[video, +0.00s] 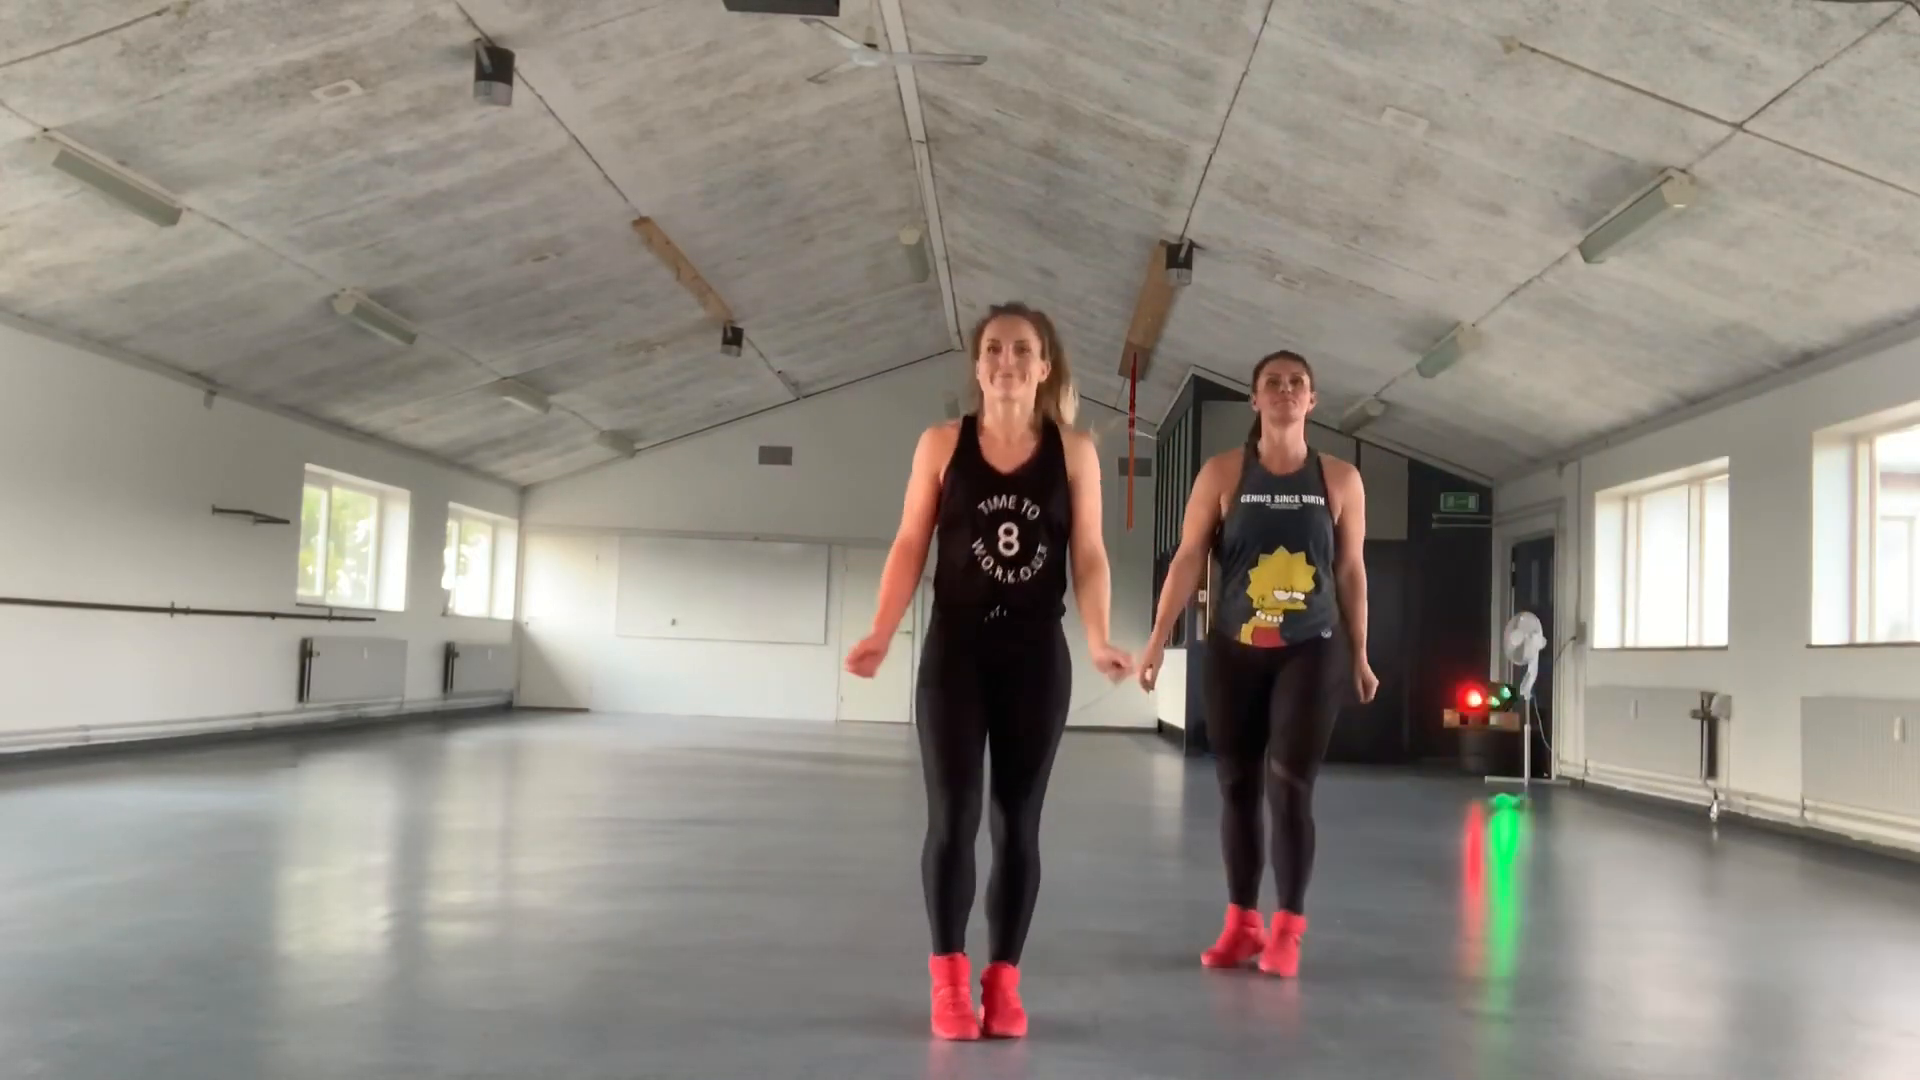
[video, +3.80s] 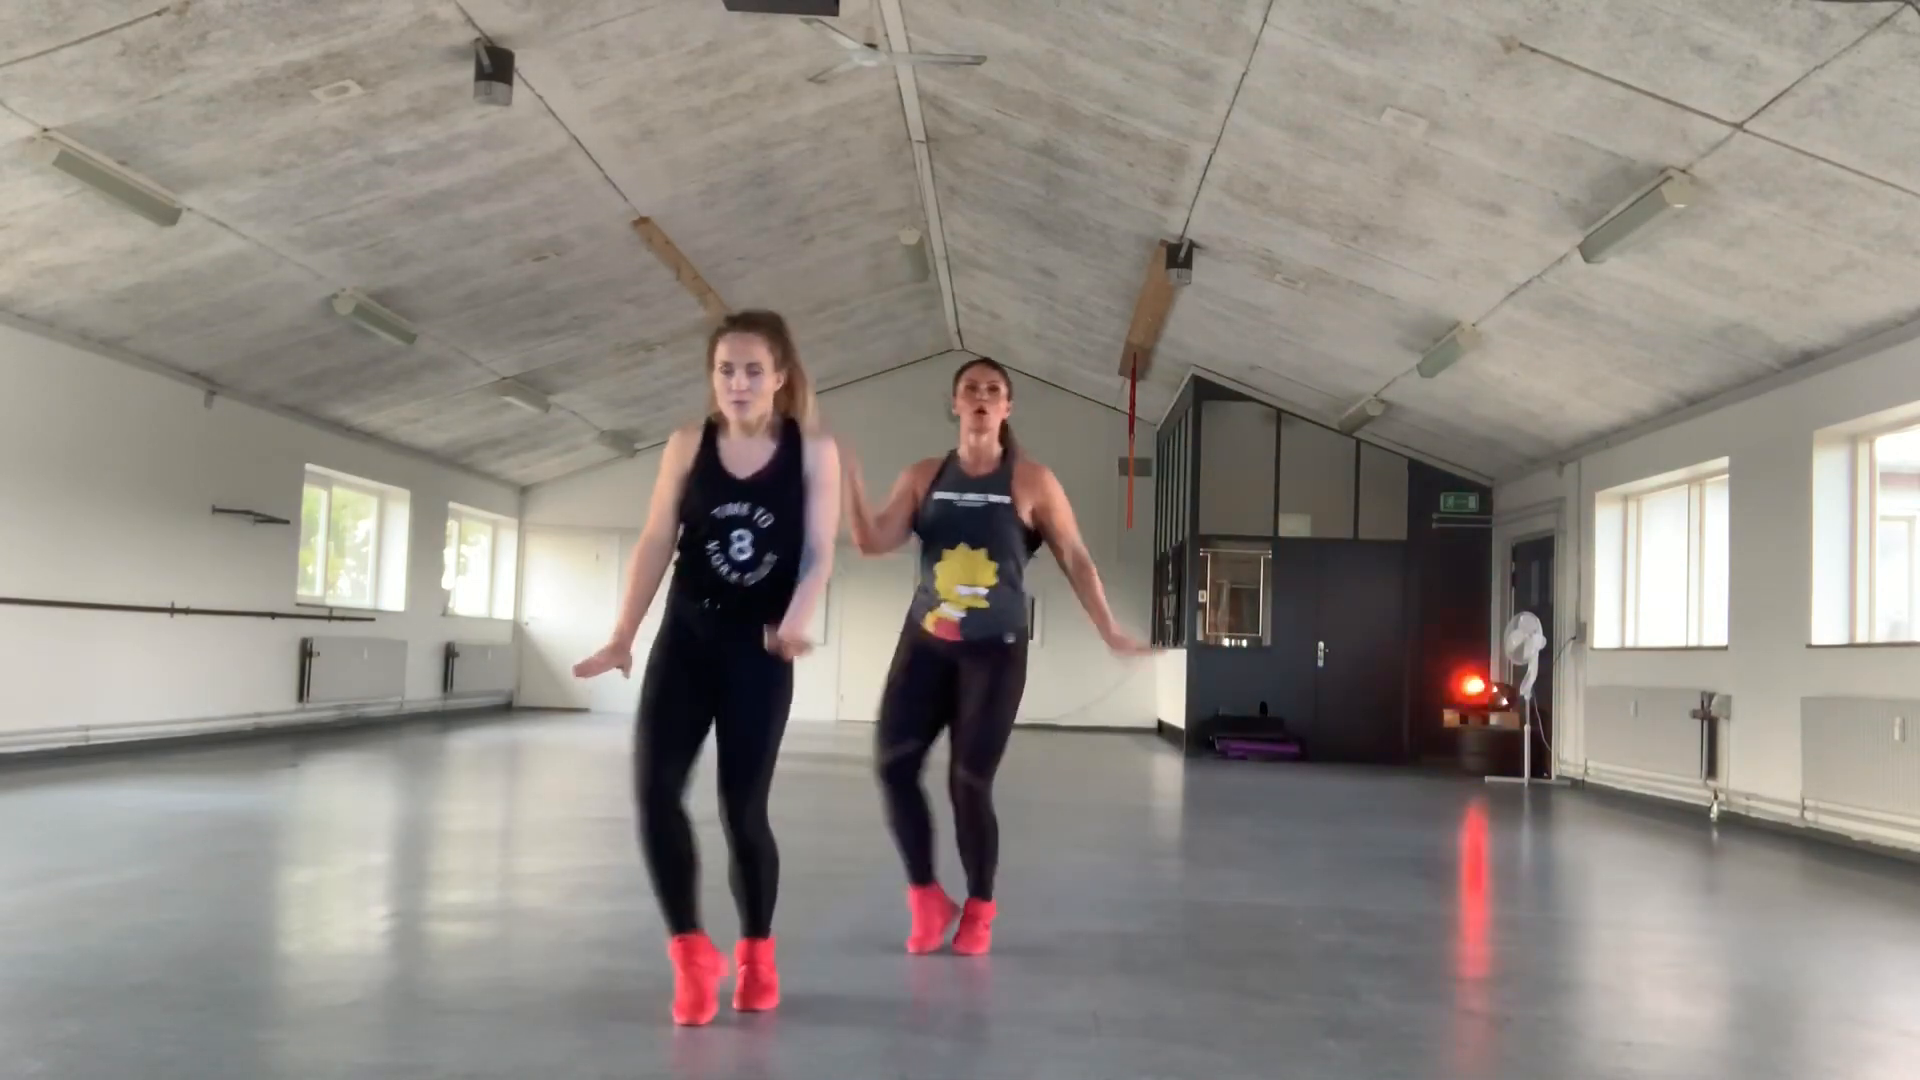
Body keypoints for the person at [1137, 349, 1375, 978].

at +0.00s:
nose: (1285, 392)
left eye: (1295, 383)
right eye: (1273, 384)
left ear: (1312, 399)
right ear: (1255, 399)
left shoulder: (1341, 479)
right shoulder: (1221, 471)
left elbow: (1351, 570)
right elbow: (1188, 557)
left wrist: (1359, 653)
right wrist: (1157, 639)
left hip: (1310, 650)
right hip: (1232, 651)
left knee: (1288, 779)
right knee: (1237, 786)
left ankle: (1288, 925)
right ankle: (1242, 921)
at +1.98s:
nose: (1283, 423)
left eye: (1293, 415)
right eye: (1271, 415)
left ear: (1306, 430)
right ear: (1252, 428)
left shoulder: (1324, 514)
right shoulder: (1214, 494)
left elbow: (1331, 607)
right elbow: (1175, 566)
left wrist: (1339, 689)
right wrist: (1164, 635)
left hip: (1291, 666)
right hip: (1218, 660)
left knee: (1275, 792)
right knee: (1222, 749)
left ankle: (1256, 921)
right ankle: (1210, 867)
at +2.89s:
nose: (1209, 405)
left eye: (1220, 397)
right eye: (1198, 396)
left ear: (1234, 413)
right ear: (1177, 408)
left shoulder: (1254, 481)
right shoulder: (1140, 478)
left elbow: (1264, 566)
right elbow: (1110, 560)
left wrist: (1263, 647)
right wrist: (1083, 640)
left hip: (1214, 648)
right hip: (1142, 643)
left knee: (1202, 776)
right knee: (1145, 769)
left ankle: (1202, 907)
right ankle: (1143, 897)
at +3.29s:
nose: (1119, 399)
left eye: (1129, 391)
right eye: (1108, 389)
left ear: (1142, 406)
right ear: (1087, 401)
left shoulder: (1164, 469)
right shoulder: (1052, 468)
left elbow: (1176, 555)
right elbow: (1027, 552)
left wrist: (1174, 634)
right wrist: (1008, 634)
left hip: (1129, 651)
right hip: (1055, 647)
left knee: (1116, 777)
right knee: (1058, 775)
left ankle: (1120, 902)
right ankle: (1053, 906)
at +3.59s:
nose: (1048, 396)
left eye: (1059, 389)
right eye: (1038, 387)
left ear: (1074, 405)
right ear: (1019, 399)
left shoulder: (1093, 484)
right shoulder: (984, 465)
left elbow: (1105, 575)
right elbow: (951, 549)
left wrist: (1090, 639)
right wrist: (930, 619)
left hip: (1060, 646)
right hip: (983, 641)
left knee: (1064, 781)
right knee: (956, 762)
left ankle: (1076, 909)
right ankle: (951, 889)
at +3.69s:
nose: (1016, 396)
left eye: (1028, 388)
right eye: (1006, 387)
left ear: (1044, 403)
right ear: (989, 400)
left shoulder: (1068, 478)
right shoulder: (955, 470)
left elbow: (1100, 560)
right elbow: (916, 552)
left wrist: (1085, 632)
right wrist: (853, 593)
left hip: (1026, 647)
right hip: (951, 642)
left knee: (1041, 772)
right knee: (955, 775)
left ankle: (1035, 897)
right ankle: (946, 906)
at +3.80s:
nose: (981, 400)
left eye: (992, 392)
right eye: (971, 390)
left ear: (1008, 406)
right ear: (954, 402)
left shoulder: (1033, 480)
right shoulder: (923, 476)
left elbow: (1076, 560)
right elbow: (873, 540)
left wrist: (1110, 630)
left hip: (994, 649)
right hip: (925, 642)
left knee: (968, 779)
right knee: (894, 762)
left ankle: (979, 903)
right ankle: (925, 895)